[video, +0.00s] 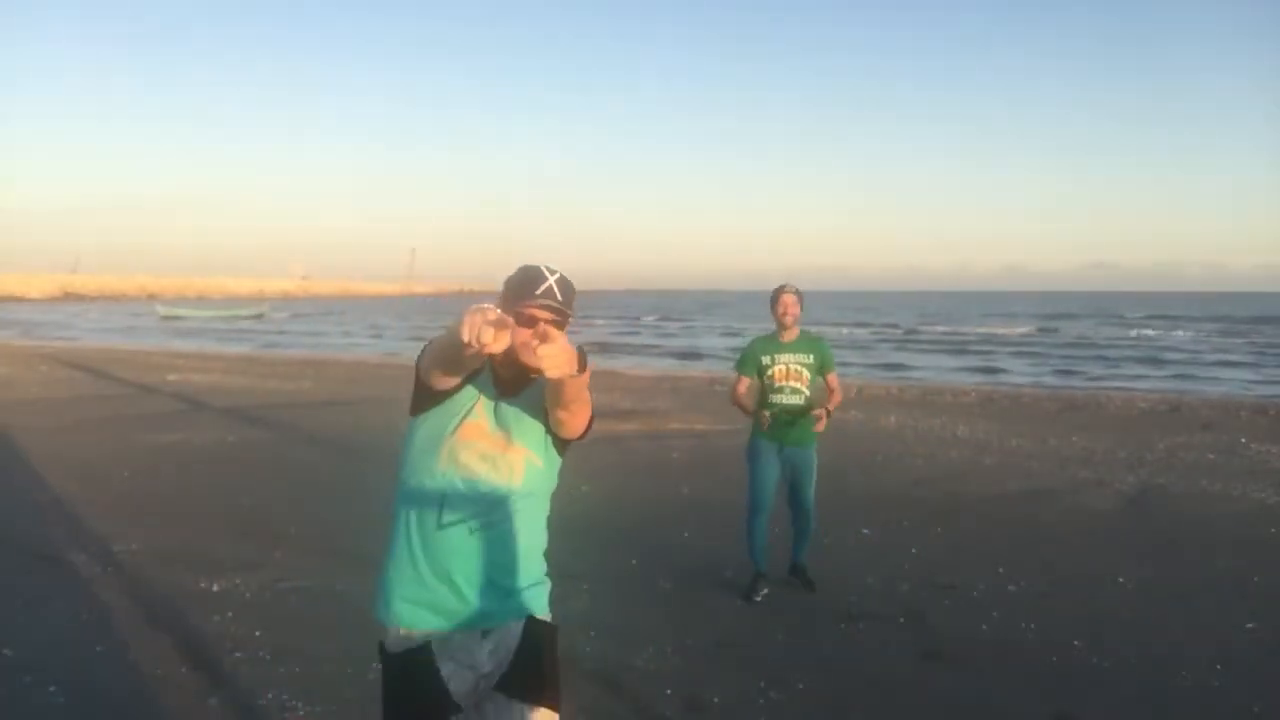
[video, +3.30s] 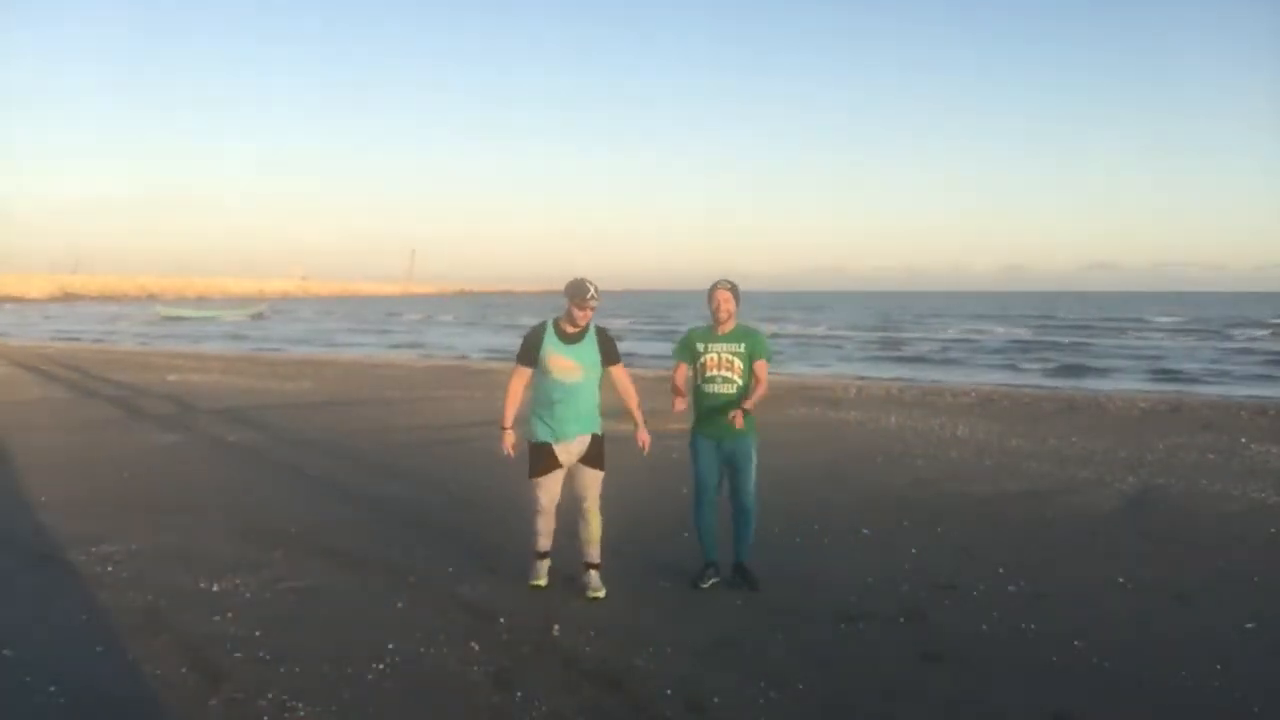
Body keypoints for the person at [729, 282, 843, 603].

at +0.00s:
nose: (786, 310)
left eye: (792, 305)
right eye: (781, 305)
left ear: (800, 310)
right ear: (773, 310)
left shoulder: (817, 348)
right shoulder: (758, 348)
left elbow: (835, 390)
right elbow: (739, 392)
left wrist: (826, 409)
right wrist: (755, 413)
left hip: (803, 437)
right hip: (767, 437)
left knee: (805, 506)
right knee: (761, 505)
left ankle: (798, 565)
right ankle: (759, 572)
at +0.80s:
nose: (749, 306)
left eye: (755, 301)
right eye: (744, 301)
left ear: (764, 306)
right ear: (737, 306)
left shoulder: (781, 340)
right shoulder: (722, 343)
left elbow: (795, 381)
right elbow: (712, 386)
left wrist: (786, 385)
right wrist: (735, 381)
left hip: (774, 430)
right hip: (737, 431)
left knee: (785, 494)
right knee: (733, 494)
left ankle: (788, 560)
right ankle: (732, 559)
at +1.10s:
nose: (751, 315)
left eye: (756, 309)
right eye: (746, 309)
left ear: (763, 311)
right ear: (736, 310)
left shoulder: (774, 342)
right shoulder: (718, 344)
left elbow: (781, 389)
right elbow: (709, 391)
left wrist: (767, 430)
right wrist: (724, 423)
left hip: (763, 431)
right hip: (729, 431)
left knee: (768, 498)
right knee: (727, 495)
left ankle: (769, 559)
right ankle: (731, 559)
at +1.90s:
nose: (768, 312)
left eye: (774, 307)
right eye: (764, 307)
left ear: (785, 311)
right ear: (759, 312)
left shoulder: (804, 347)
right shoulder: (748, 347)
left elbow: (825, 391)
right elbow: (730, 393)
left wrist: (808, 400)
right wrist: (742, 396)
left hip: (795, 436)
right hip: (759, 434)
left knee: (801, 505)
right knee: (743, 498)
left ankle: (799, 568)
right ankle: (734, 561)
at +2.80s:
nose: (751, 316)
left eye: (756, 310)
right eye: (746, 311)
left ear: (768, 315)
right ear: (740, 316)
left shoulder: (784, 350)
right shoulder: (728, 352)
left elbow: (803, 393)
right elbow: (723, 399)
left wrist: (820, 428)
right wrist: (722, 438)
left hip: (779, 440)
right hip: (742, 440)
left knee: (793, 503)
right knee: (726, 501)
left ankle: (799, 568)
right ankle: (714, 566)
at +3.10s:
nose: (724, 308)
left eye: (730, 302)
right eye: (720, 302)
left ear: (740, 307)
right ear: (713, 307)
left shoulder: (755, 343)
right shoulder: (698, 344)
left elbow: (776, 385)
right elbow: (679, 382)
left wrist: (777, 429)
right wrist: (674, 421)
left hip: (749, 436)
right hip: (711, 437)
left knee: (766, 499)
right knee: (707, 501)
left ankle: (777, 563)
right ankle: (710, 566)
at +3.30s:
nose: (720, 307)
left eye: (726, 302)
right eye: (715, 302)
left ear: (736, 305)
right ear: (709, 306)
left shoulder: (752, 338)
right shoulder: (694, 338)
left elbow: (762, 381)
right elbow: (679, 375)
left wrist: (747, 405)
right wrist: (679, 394)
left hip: (740, 428)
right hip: (705, 428)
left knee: (744, 499)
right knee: (705, 496)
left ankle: (741, 564)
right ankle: (710, 564)